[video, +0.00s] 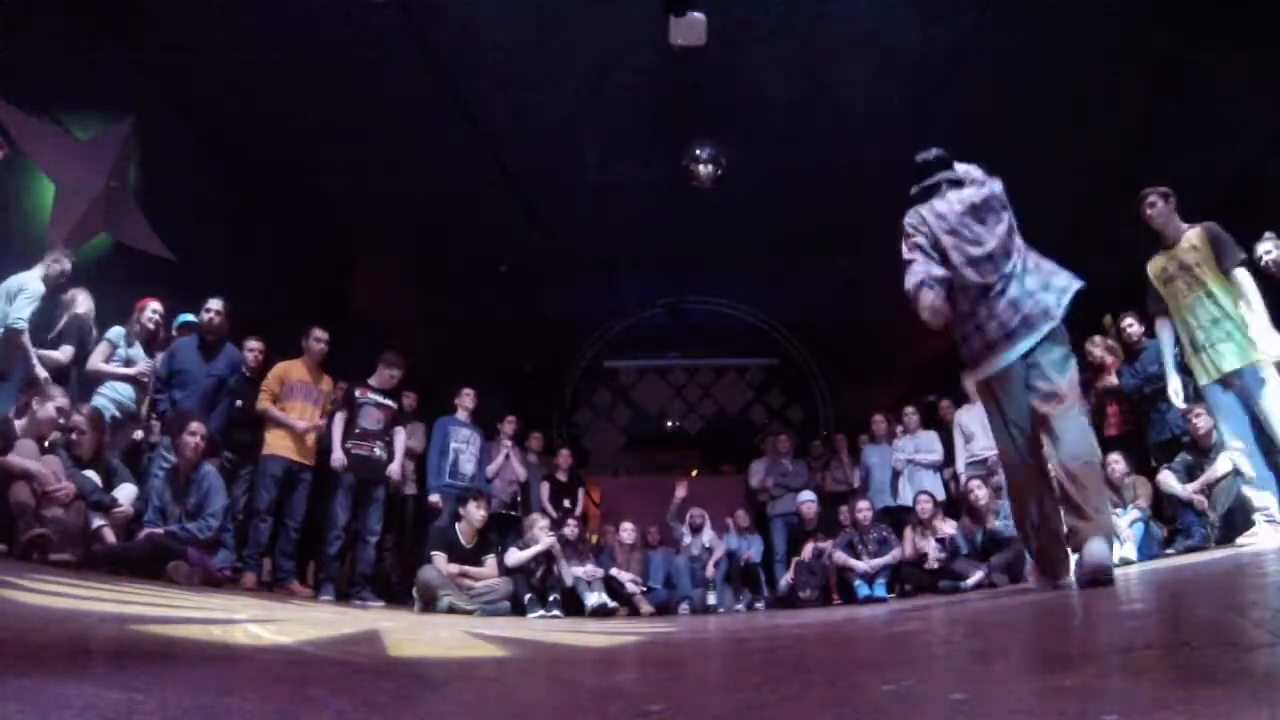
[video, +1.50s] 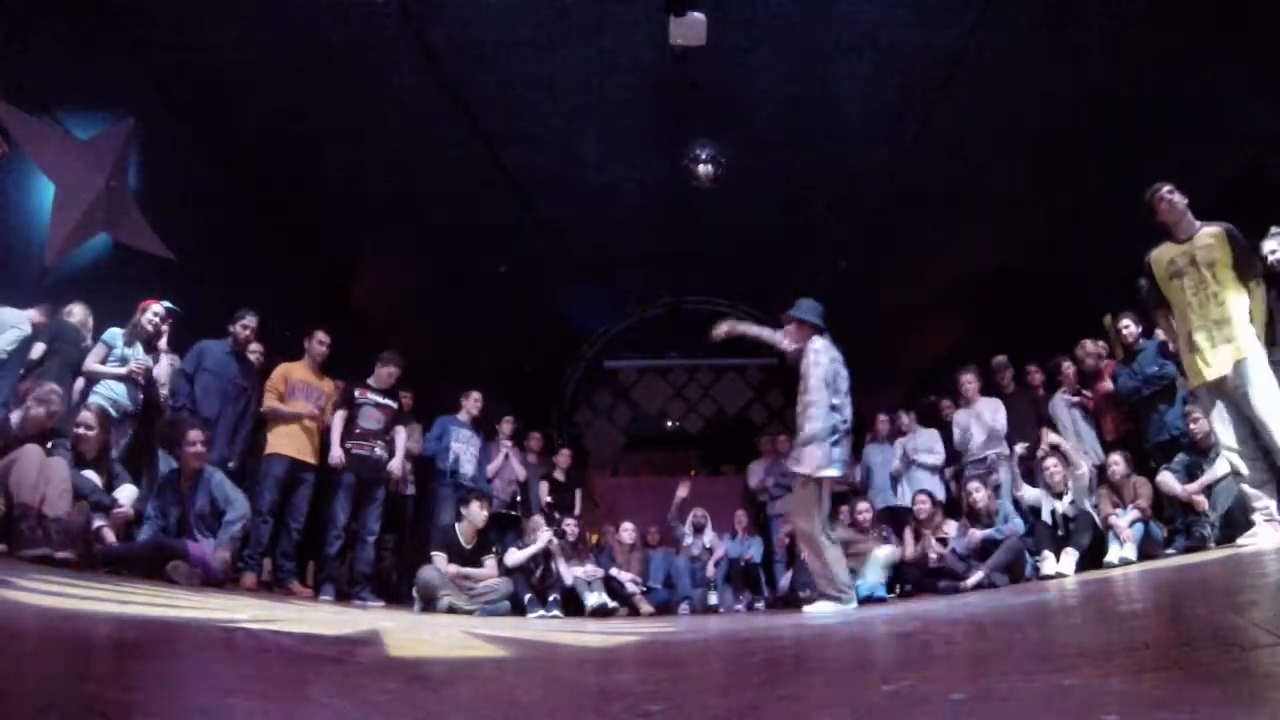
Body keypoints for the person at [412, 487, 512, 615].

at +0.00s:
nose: (483, 514)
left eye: (485, 509)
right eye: (477, 508)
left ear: (488, 511)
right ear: (462, 510)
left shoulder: (486, 537)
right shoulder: (442, 532)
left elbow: (493, 572)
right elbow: (442, 570)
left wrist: (461, 569)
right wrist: (474, 584)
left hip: (477, 590)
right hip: (447, 588)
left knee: (507, 585)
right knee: (426, 573)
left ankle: (455, 604)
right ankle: (476, 609)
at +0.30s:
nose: (484, 514)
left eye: (486, 509)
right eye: (478, 508)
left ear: (488, 511)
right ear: (462, 510)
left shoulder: (485, 537)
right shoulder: (444, 532)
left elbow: (493, 572)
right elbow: (442, 570)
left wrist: (461, 569)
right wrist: (474, 584)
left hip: (477, 589)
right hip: (448, 587)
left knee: (507, 584)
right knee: (426, 573)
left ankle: (455, 604)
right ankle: (476, 609)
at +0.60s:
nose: (485, 514)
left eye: (486, 510)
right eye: (479, 509)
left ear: (489, 511)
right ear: (463, 510)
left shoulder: (485, 538)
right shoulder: (443, 533)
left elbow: (492, 572)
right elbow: (442, 570)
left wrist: (462, 569)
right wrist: (474, 584)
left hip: (477, 590)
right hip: (448, 588)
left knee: (506, 585)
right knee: (426, 574)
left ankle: (451, 605)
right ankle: (472, 608)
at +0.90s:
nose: (485, 514)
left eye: (486, 509)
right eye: (479, 508)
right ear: (463, 510)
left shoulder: (485, 538)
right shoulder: (443, 533)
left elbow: (493, 572)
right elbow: (442, 571)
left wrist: (461, 568)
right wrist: (475, 584)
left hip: (477, 590)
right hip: (448, 588)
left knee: (506, 585)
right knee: (426, 573)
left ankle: (453, 604)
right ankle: (475, 609)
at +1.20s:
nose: (485, 513)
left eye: (487, 509)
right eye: (479, 508)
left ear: (489, 511)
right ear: (463, 510)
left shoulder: (485, 537)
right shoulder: (444, 533)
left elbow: (493, 572)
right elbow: (443, 572)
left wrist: (460, 569)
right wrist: (475, 584)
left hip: (478, 590)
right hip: (449, 588)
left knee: (507, 585)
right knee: (426, 573)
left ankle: (454, 605)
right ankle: (475, 609)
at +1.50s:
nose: (486, 514)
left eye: (487, 509)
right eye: (480, 508)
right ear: (463, 509)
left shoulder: (484, 537)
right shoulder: (444, 533)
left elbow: (492, 572)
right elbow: (442, 571)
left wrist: (460, 571)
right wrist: (475, 584)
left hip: (478, 589)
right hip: (450, 588)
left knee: (506, 585)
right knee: (426, 573)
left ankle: (454, 605)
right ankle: (475, 608)